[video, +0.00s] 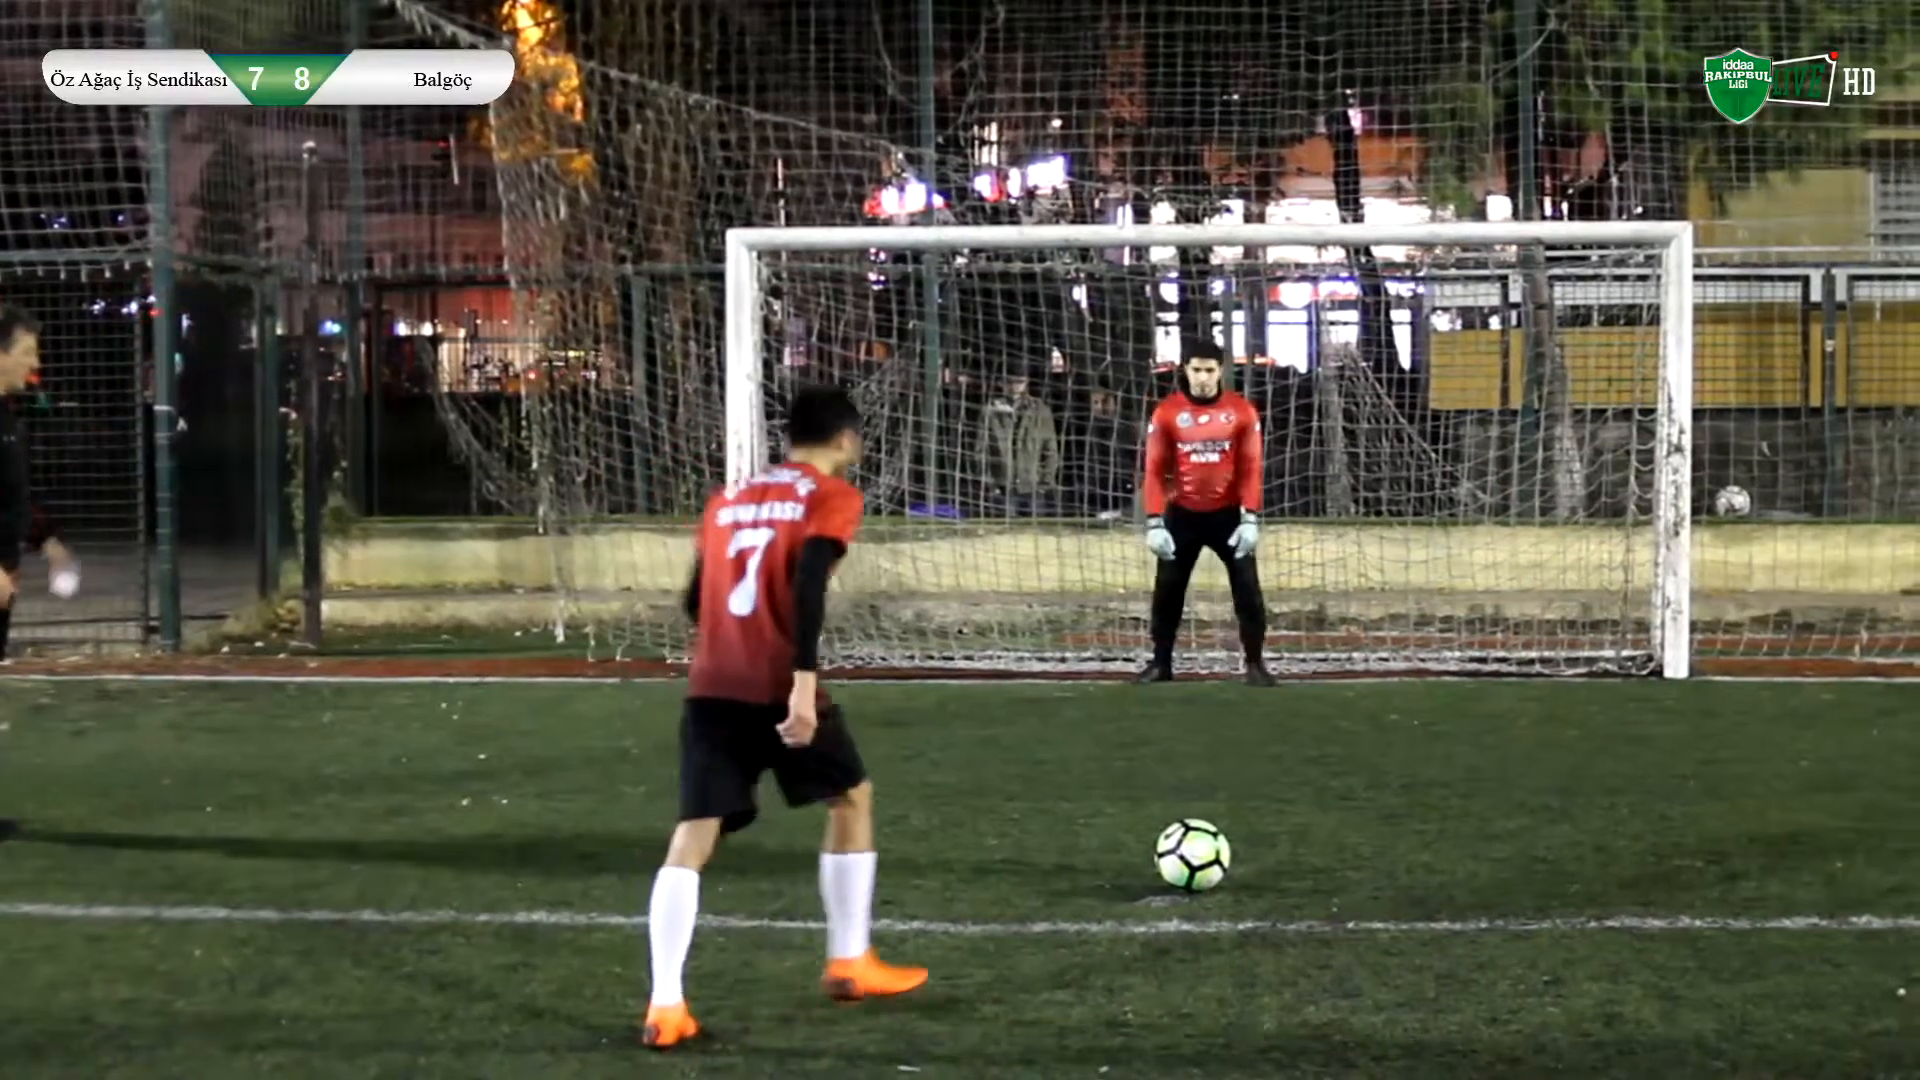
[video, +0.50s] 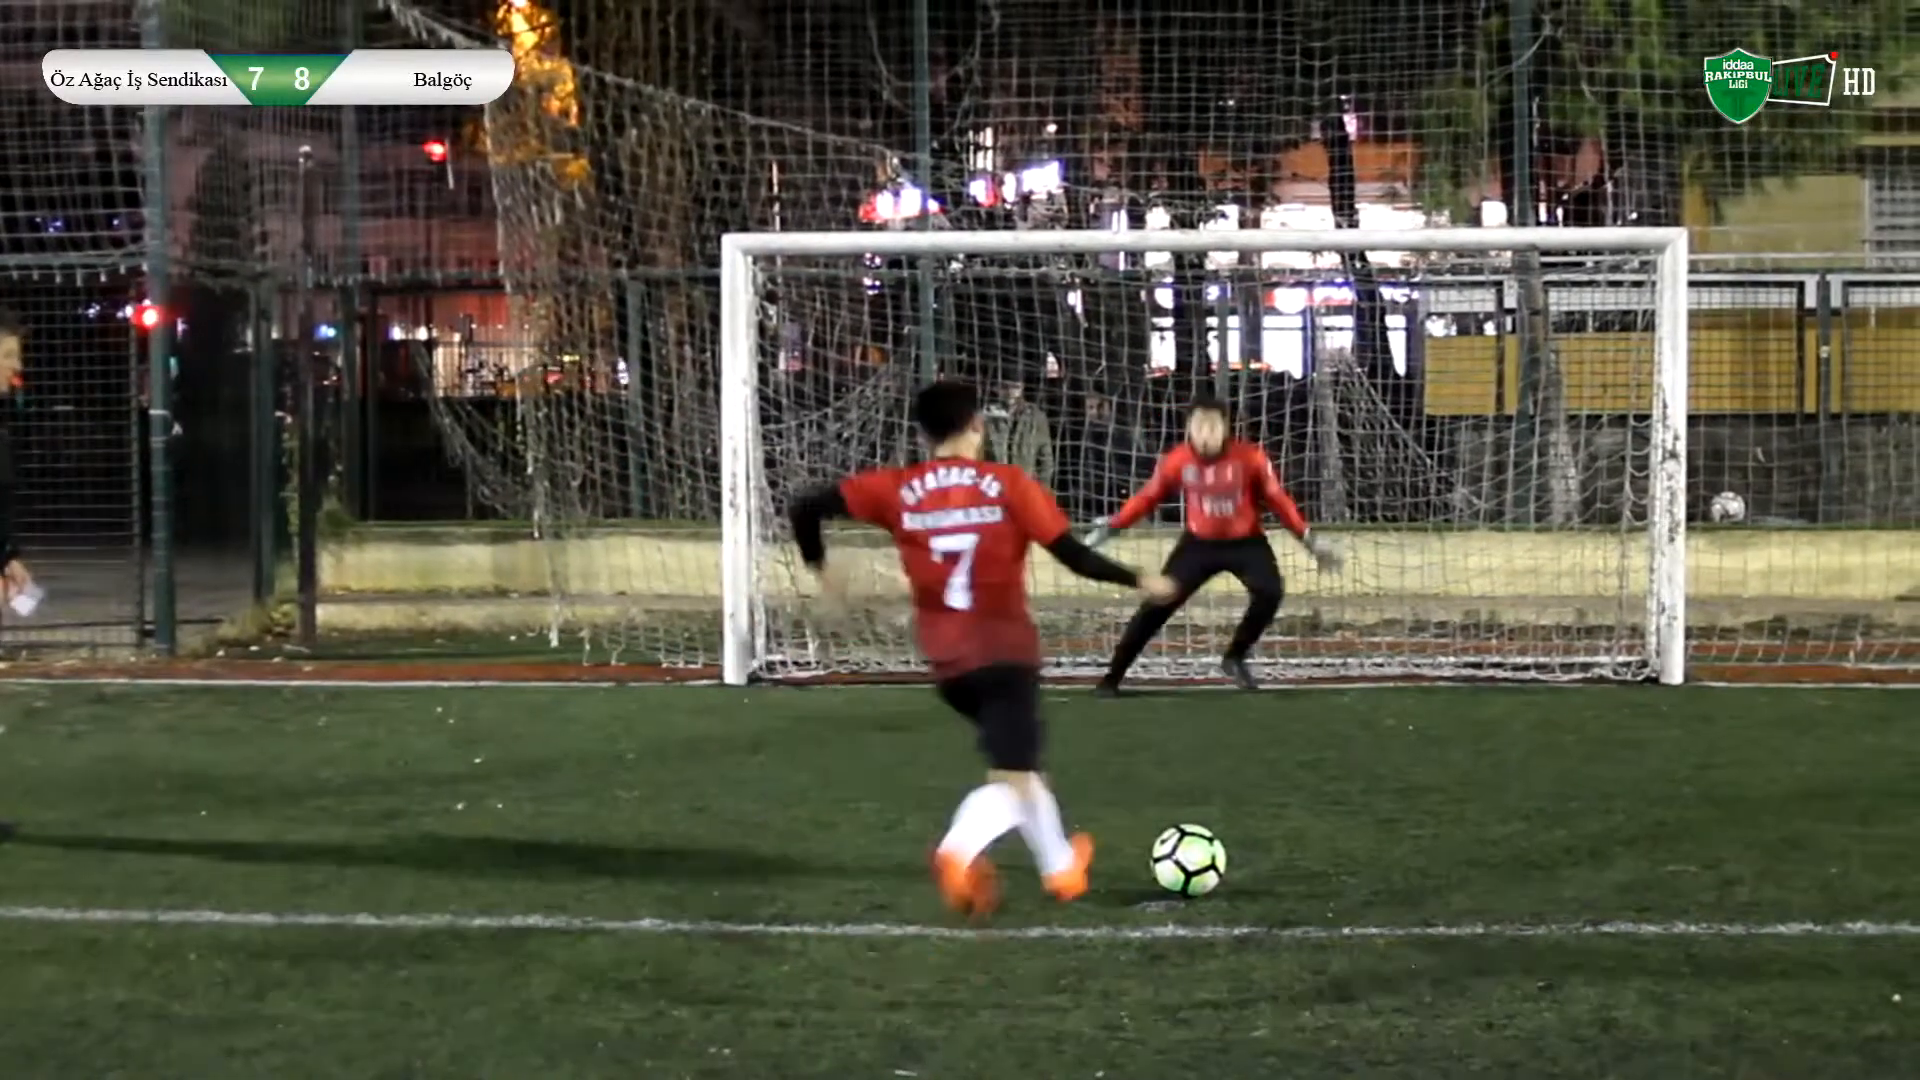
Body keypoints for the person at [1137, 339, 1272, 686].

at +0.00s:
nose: (1202, 378)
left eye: (1209, 371)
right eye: (1196, 370)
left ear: (1220, 371)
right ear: (1185, 371)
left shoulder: (1242, 412)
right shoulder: (1167, 413)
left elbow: (1252, 468)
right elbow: (1154, 470)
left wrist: (1250, 516)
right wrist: (1155, 520)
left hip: (1228, 516)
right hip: (1181, 516)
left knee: (1248, 591)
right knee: (1167, 591)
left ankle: (1254, 663)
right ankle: (1161, 662)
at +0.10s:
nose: (1204, 382)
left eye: (1211, 374)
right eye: (1198, 374)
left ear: (1223, 375)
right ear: (1188, 375)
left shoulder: (1243, 415)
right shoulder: (1168, 416)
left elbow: (1252, 473)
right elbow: (1159, 474)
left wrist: (1255, 523)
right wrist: (1158, 524)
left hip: (1232, 518)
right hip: (1185, 519)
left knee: (1257, 592)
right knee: (1167, 595)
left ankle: (1258, 660)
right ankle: (1159, 663)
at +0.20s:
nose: (1208, 381)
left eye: (1216, 373)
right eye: (1202, 373)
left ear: (1227, 376)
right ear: (1191, 374)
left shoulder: (1246, 418)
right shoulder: (1172, 415)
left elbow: (1254, 476)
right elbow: (1160, 473)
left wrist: (1259, 524)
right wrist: (1159, 523)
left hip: (1233, 522)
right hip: (1186, 521)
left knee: (1251, 594)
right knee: (1169, 595)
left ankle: (1259, 663)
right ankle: (1159, 664)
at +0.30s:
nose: (1216, 377)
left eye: (1223, 370)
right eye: (1210, 370)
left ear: (1234, 374)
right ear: (1200, 372)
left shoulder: (1252, 418)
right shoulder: (1176, 413)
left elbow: (1269, 472)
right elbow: (1159, 465)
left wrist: (1283, 515)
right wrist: (1141, 507)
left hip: (1235, 525)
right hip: (1188, 524)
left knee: (1250, 595)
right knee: (1165, 594)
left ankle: (1257, 665)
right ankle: (1159, 664)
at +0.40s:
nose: (1214, 384)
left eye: (1221, 378)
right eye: (1208, 377)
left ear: (1232, 380)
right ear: (1197, 379)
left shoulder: (1252, 419)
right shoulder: (1179, 416)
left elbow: (1275, 466)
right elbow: (1154, 461)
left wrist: (1303, 505)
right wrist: (1123, 501)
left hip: (1236, 529)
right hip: (1188, 527)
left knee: (1251, 598)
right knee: (1159, 589)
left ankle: (1254, 662)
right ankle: (1150, 661)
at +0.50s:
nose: (1206, 434)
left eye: (1213, 426)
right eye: (1199, 426)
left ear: (1226, 428)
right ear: (1189, 429)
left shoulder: (1250, 458)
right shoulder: (1180, 460)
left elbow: (1277, 498)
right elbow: (1148, 496)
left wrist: (1309, 539)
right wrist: (1111, 525)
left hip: (1246, 545)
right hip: (1199, 545)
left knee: (1270, 592)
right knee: (1159, 602)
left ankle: (1234, 657)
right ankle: (1112, 678)